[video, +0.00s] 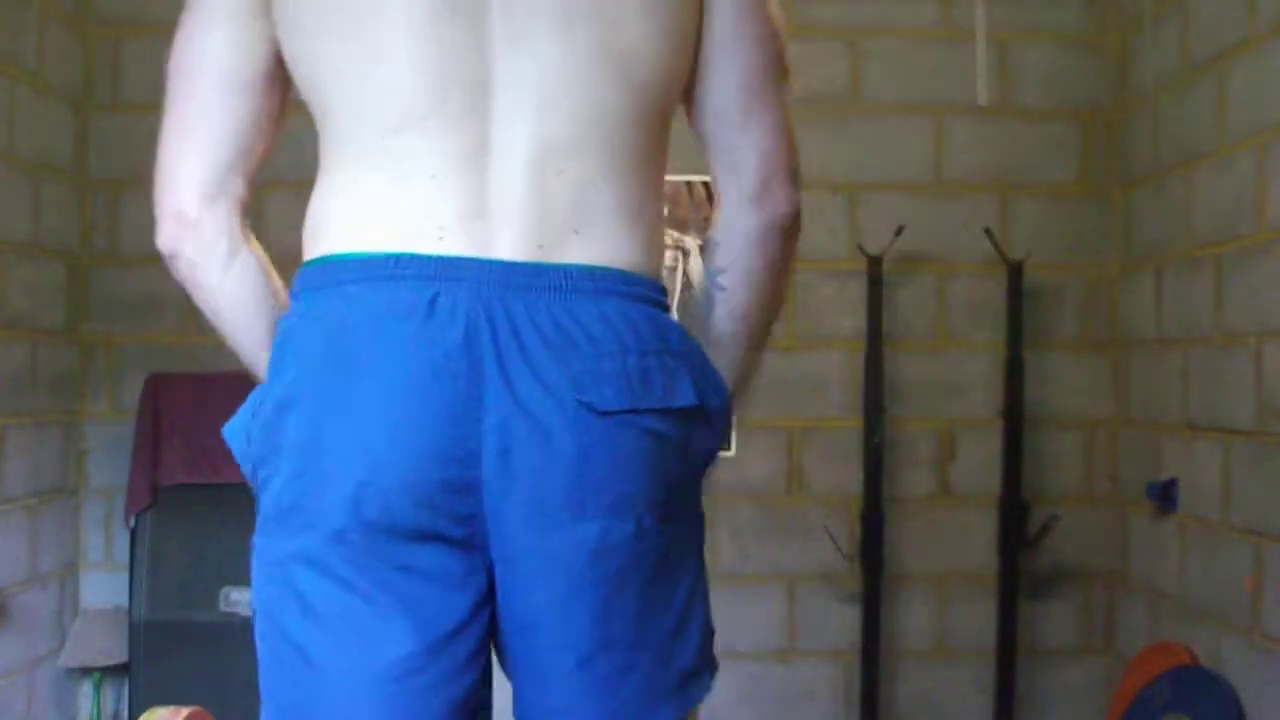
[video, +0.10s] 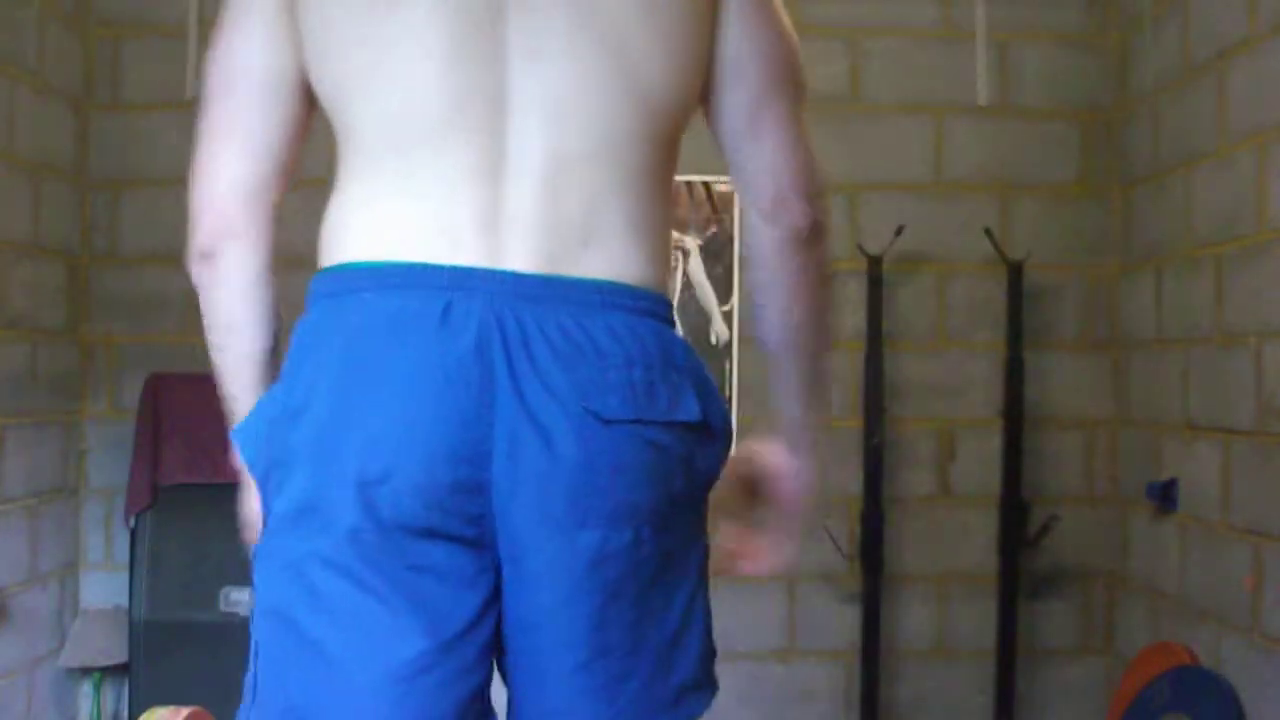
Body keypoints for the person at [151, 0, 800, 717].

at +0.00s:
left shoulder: (258, 4)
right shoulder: (708, 4)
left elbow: (193, 221)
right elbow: (763, 204)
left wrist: (321, 399)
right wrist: (689, 416)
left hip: (357, 354)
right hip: (609, 345)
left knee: (355, 701)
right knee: (612, 701)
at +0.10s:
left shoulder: (283, 7)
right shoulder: (720, 7)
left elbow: (223, 227)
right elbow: (789, 209)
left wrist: (254, 441)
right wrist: (788, 435)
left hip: (368, 356)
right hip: (614, 359)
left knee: (351, 702)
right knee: (610, 702)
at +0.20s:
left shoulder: (330, 4)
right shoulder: (734, 7)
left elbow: (257, 226)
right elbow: (832, 216)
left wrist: (196, 446)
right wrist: (902, 434)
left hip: (395, 369)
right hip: (631, 376)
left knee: (362, 702)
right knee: (614, 703)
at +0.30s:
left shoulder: (385, 1)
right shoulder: (760, 4)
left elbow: (276, 204)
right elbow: (884, 223)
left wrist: (137, 405)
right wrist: (1009, 429)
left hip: (432, 367)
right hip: (654, 372)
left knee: (396, 696)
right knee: (637, 699)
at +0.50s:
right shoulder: (818, 3)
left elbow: (320, 120)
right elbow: (945, 174)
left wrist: (136, 274)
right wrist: (1083, 359)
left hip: (492, 353)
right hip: (700, 362)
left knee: (413, 698)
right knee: (678, 703)